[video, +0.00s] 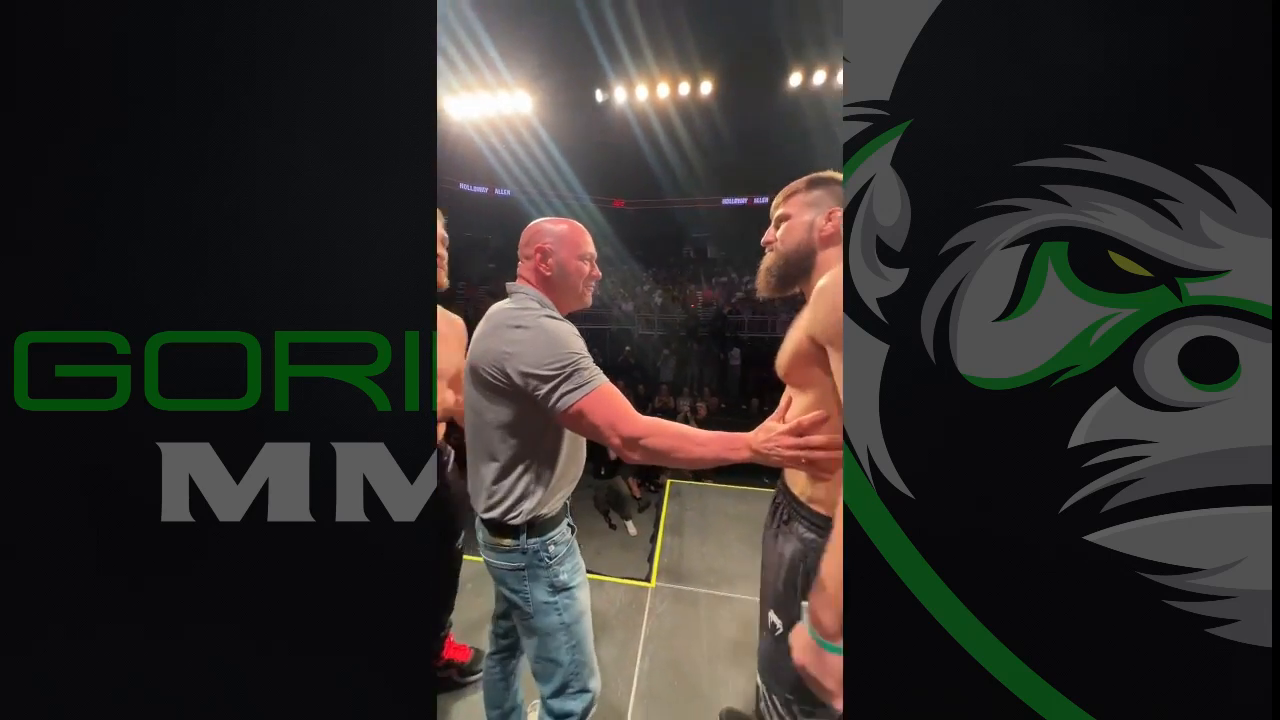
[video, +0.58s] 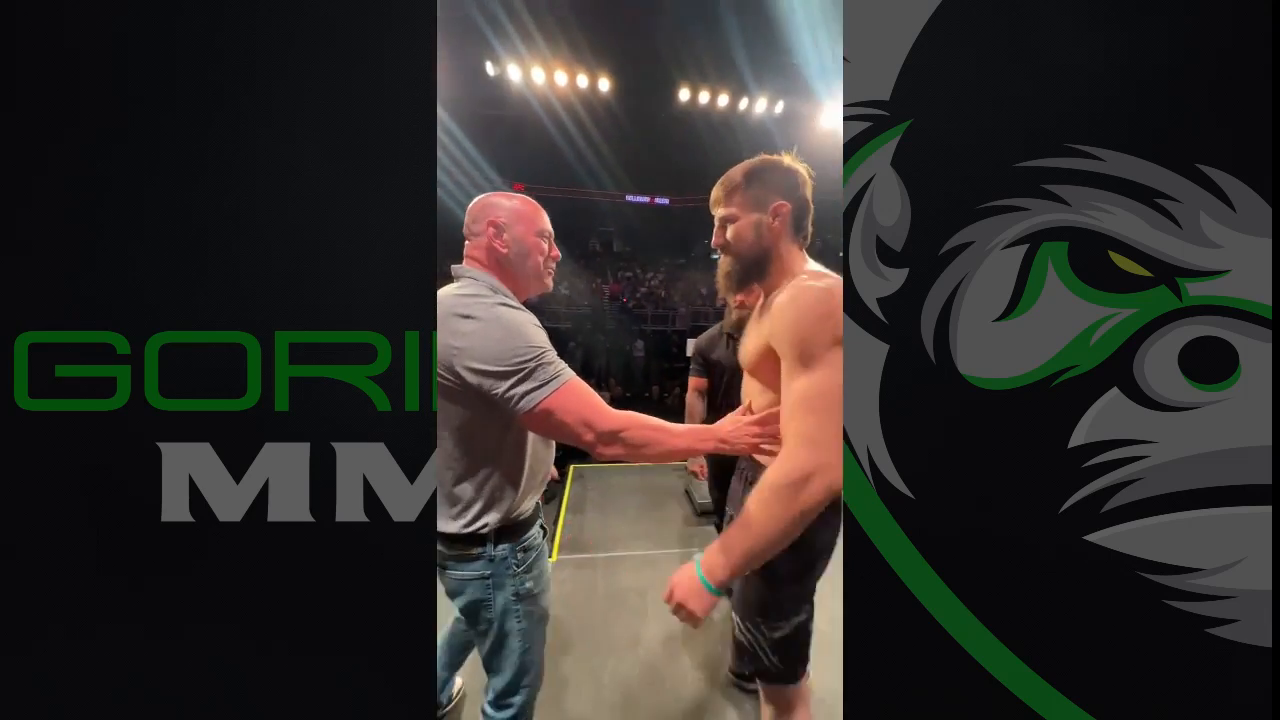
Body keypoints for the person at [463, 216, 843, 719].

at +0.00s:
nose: (596, 272)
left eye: (595, 261)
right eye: (585, 260)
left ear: (539, 262)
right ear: (542, 260)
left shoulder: (507, 318)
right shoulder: (539, 333)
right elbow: (631, 437)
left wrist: (625, 438)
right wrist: (752, 445)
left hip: (505, 529)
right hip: (534, 539)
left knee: (504, 649)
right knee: (572, 692)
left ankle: (503, 712)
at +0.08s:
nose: (590, 270)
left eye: (588, 259)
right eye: (578, 258)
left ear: (530, 262)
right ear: (532, 259)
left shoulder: (502, 318)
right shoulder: (530, 331)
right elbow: (626, 436)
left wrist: (610, 438)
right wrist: (746, 447)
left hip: (498, 527)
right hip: (525, 537)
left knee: (496, 646)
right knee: (560, 692)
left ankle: (492, 713)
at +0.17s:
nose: (583, 269)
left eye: (581, 258)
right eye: (572, 257)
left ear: (524, 260)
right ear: (525, 258)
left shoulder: (498, 318)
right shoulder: (523, 331)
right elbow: (620, 435)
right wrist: (741, 452)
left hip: (493, 528)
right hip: (517, 539)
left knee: (489, 645)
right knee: (551, 693)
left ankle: (480, 713)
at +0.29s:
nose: (569, 266)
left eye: (567, 254)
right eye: (557, 254)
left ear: (510, 257)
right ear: (510, 256)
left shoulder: (485, 316)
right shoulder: (510, 332)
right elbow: (609, 435)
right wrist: (736, 452)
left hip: (482, 529)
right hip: (507, 540)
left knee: (474, 640)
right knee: (540, 691)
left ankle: (457, 713)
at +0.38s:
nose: (563, 262)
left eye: (561, 250)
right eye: (550, 250)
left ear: (500, 254)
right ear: (502, 253)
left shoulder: (468, 315)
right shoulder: (504, 331)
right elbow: (603, 434)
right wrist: (725, 449)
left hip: (474, 528)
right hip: (504, 541)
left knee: (467, 632)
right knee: (534, 692)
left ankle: (446, 708)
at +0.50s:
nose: (558, 255)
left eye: (555, 241)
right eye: (544, 242)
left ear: (494, 249)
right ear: (495, 246)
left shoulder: (458, 309)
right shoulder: (497, 327)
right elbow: (601, 434)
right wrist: (718, 444)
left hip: (468, 529)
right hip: (502, 544)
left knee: (467, 622)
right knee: (523, 692)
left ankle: (433, 696)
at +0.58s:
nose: (555, 252)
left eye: (553, 240)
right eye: (542, 238)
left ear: (491, 241)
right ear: (494, 238)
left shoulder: (453, 303)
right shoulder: (494, 323)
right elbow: (601, 430)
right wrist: (716, 436)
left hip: (461, 533)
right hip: (496, 547)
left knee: (472, 620)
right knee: (513, 692)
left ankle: (435, 690)